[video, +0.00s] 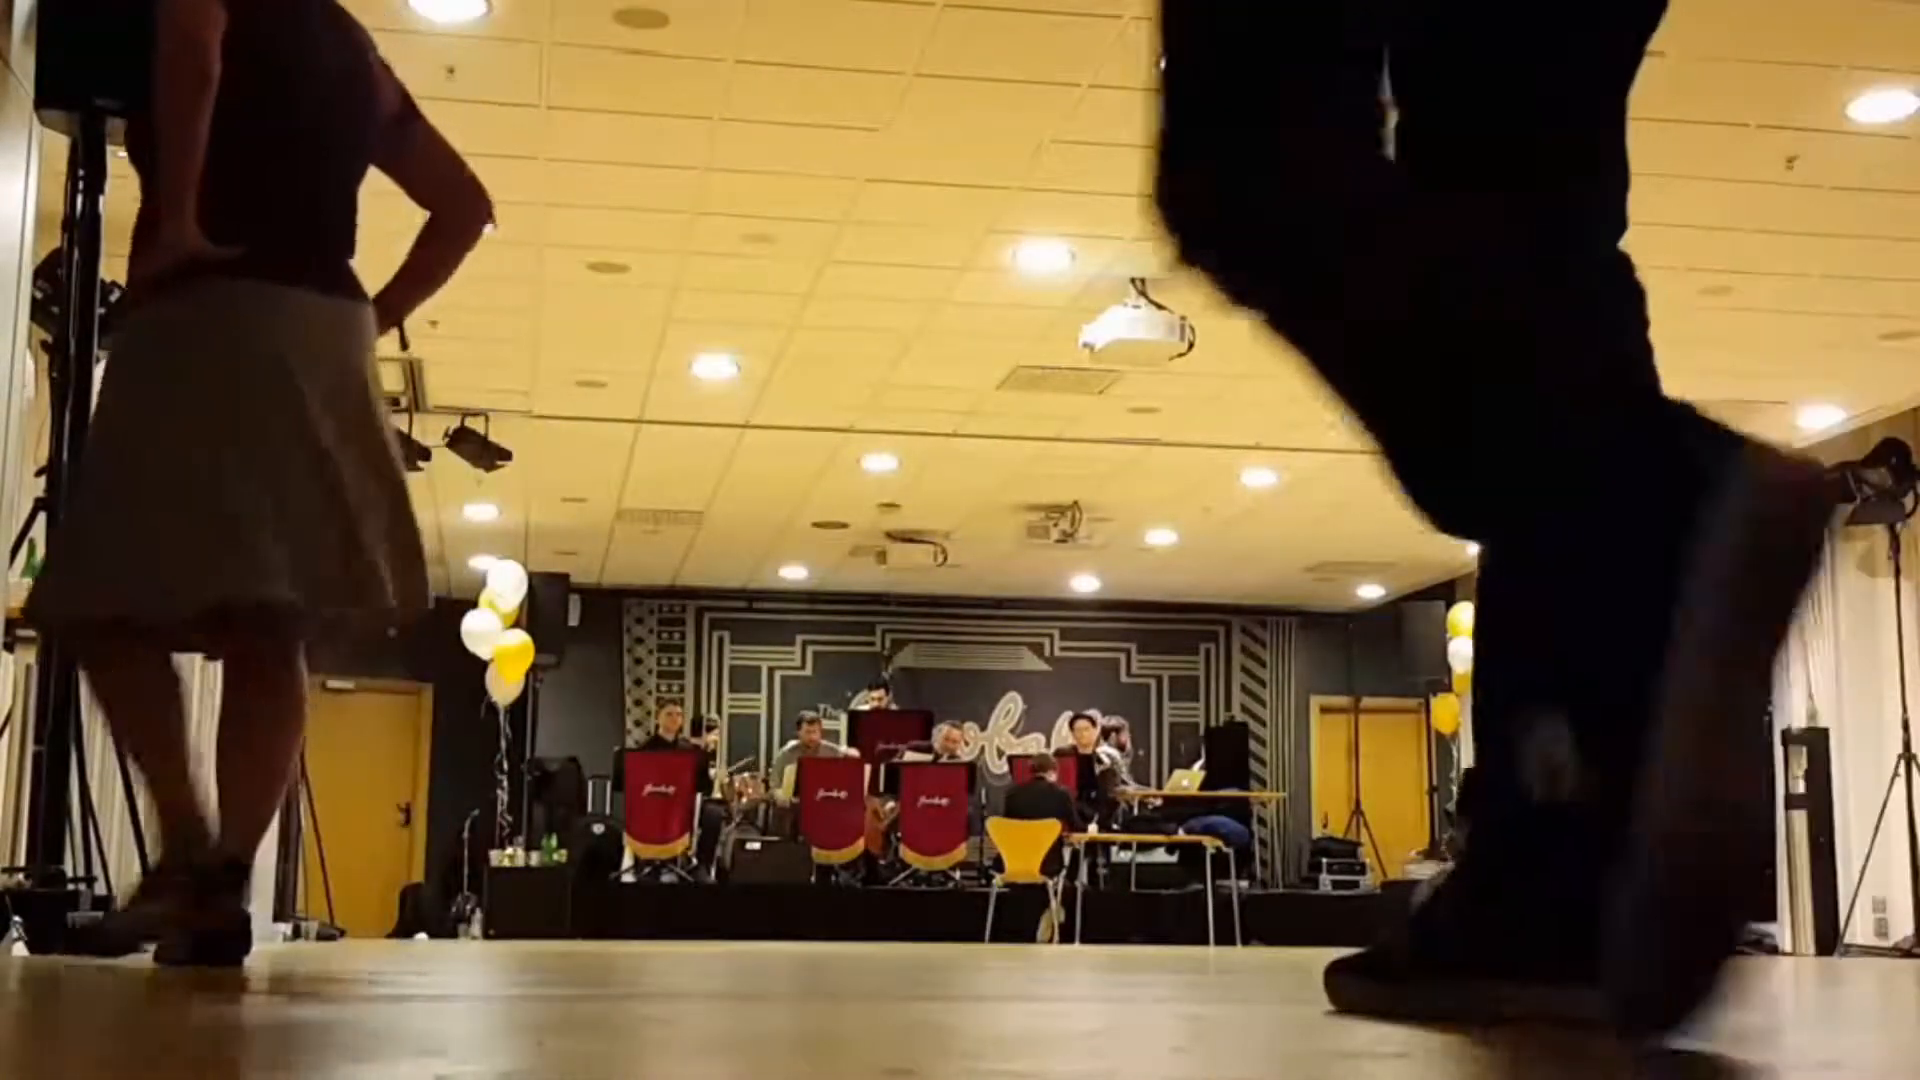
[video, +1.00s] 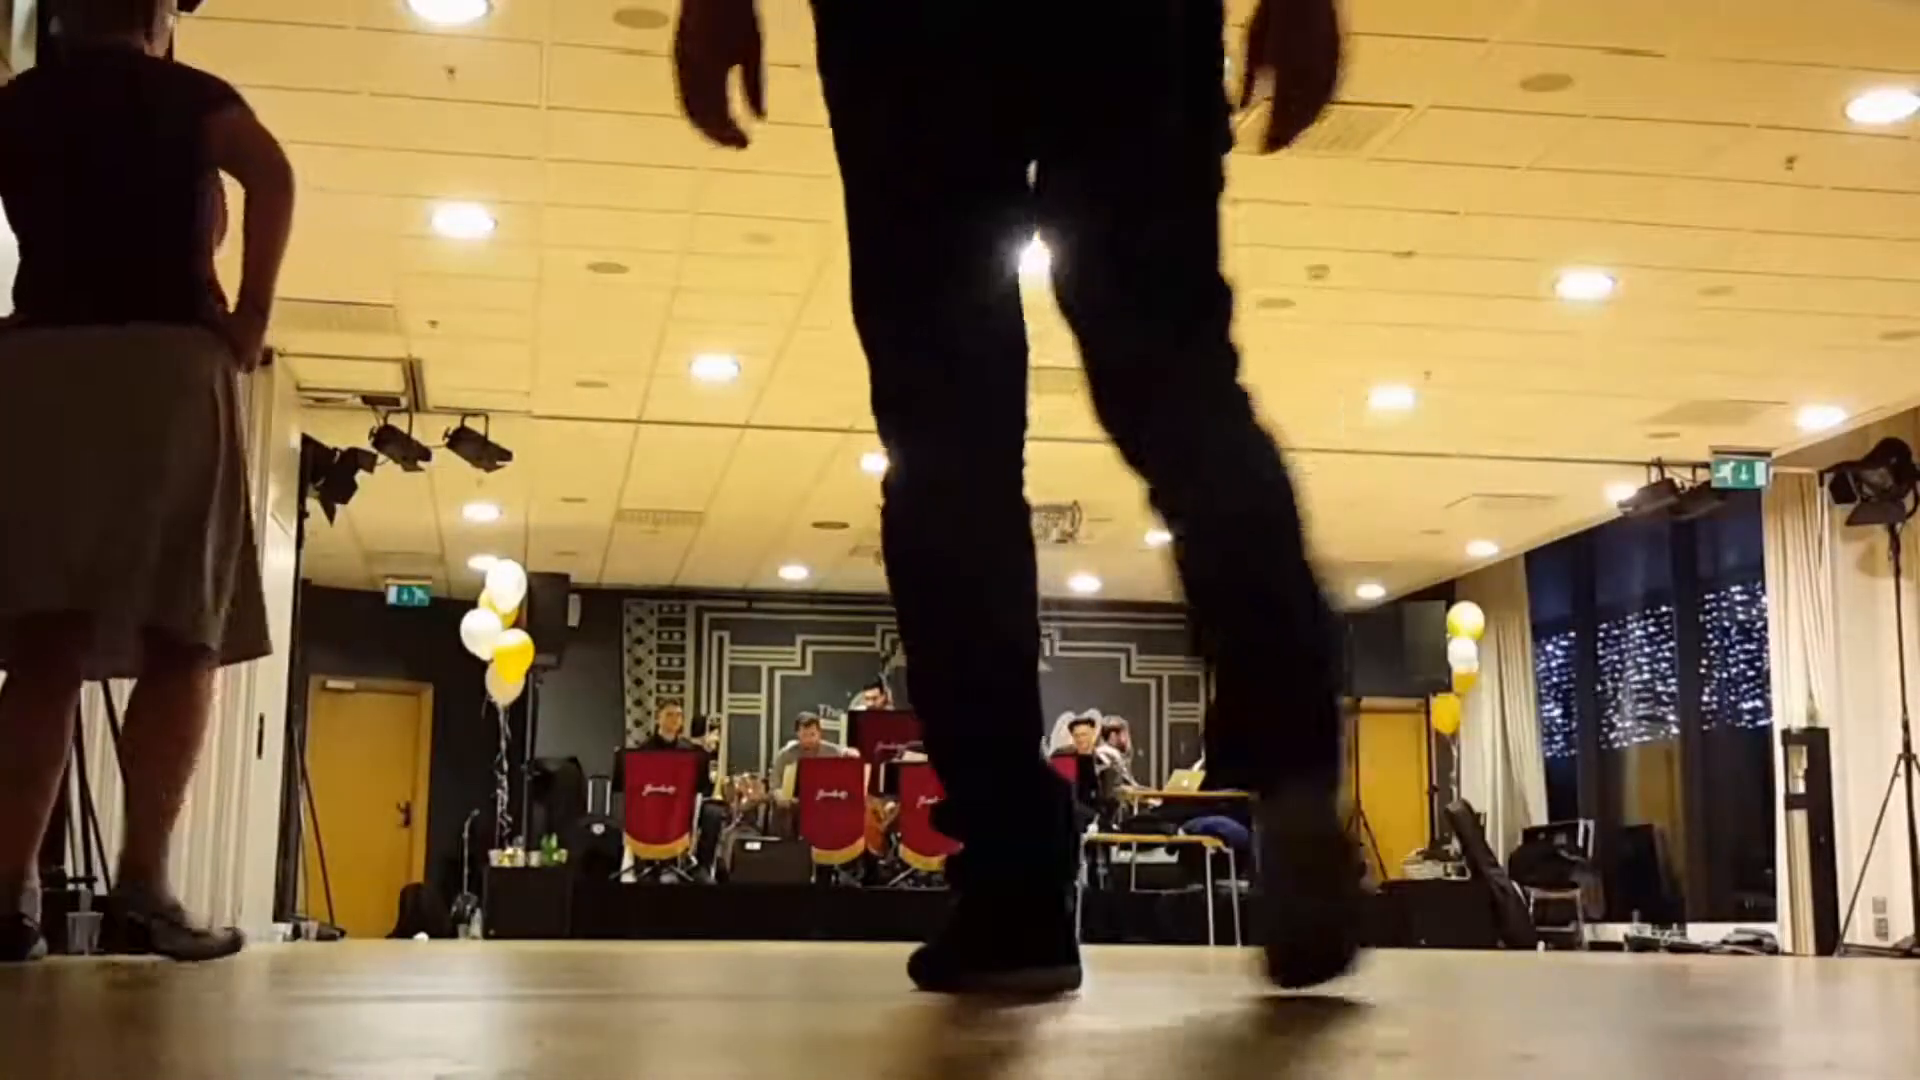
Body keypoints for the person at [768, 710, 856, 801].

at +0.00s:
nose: (812, 737)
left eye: (815, 732)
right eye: (808, 732)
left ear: (821, 732)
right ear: (799, 732)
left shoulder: (833, 753)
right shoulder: (787, 755)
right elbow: (775, 787)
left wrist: (852, 760)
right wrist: (786, 798)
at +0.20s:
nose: (814, 737)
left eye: (817, 732)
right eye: (810, 732)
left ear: (822, 733)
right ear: (800, 732)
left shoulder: (831, 752)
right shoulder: (787, 754)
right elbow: (775, 786)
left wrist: (850, 758)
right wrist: (785, 798)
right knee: (782, 811)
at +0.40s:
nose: (814, 737)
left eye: (817, 732)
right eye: (810, 732)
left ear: (822, 734)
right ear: (801, 733)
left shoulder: (831, 752)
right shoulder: (787, 754)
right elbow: (774, 787)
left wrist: (849, 759)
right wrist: (785, 799)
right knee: (781, 808)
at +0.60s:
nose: (814, 738)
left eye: (817, 733)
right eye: (810, 733)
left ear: (821, 733)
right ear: (800, 733)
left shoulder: (832, 753)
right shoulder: (786, 755)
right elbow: (774, 787)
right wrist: (785, 799)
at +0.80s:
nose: (811, 738)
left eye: (814, 734)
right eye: (807, 734)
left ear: (820, 734)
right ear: (799, 734)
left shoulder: (832, 752)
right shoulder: (788, 754)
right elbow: (775, 776)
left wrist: (849, 757)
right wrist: (779, 794)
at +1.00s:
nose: (809, 739)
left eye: (813, 734)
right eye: (805, 734)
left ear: (820, 734)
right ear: (798, 734)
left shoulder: (832, 751)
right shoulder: (788, 754)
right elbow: (776, 781)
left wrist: (852, 756)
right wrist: (781, 796)